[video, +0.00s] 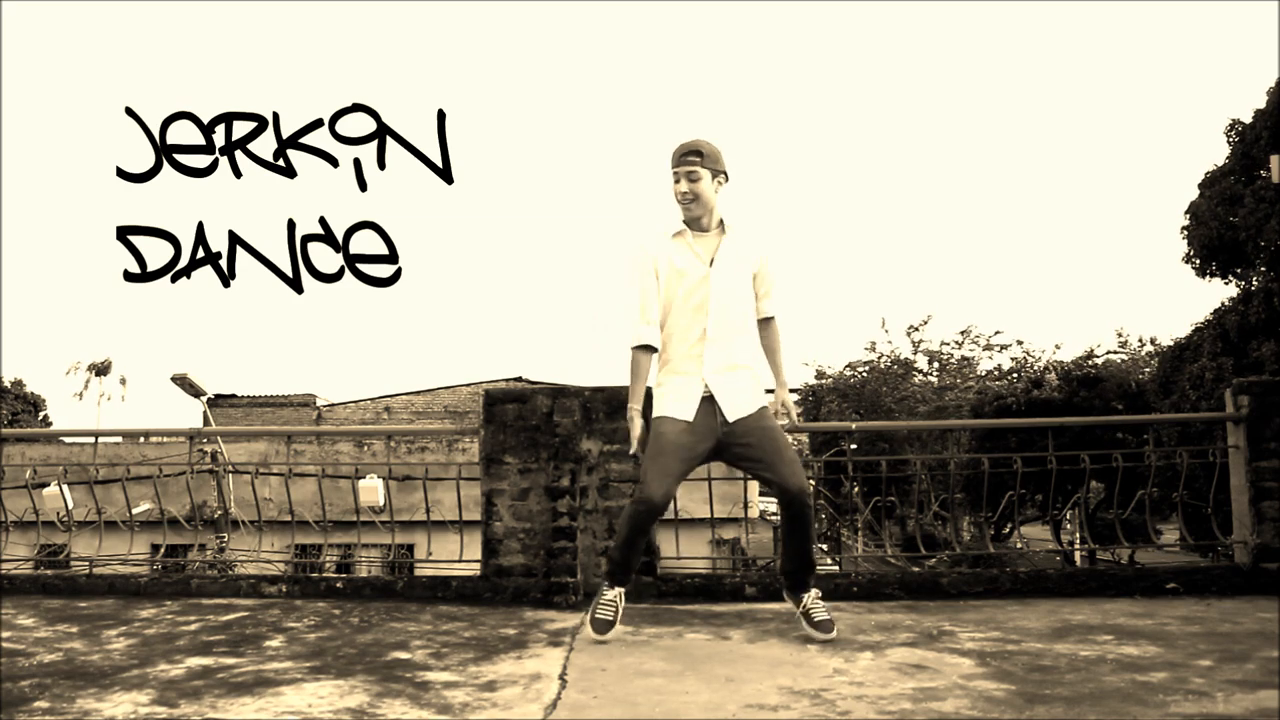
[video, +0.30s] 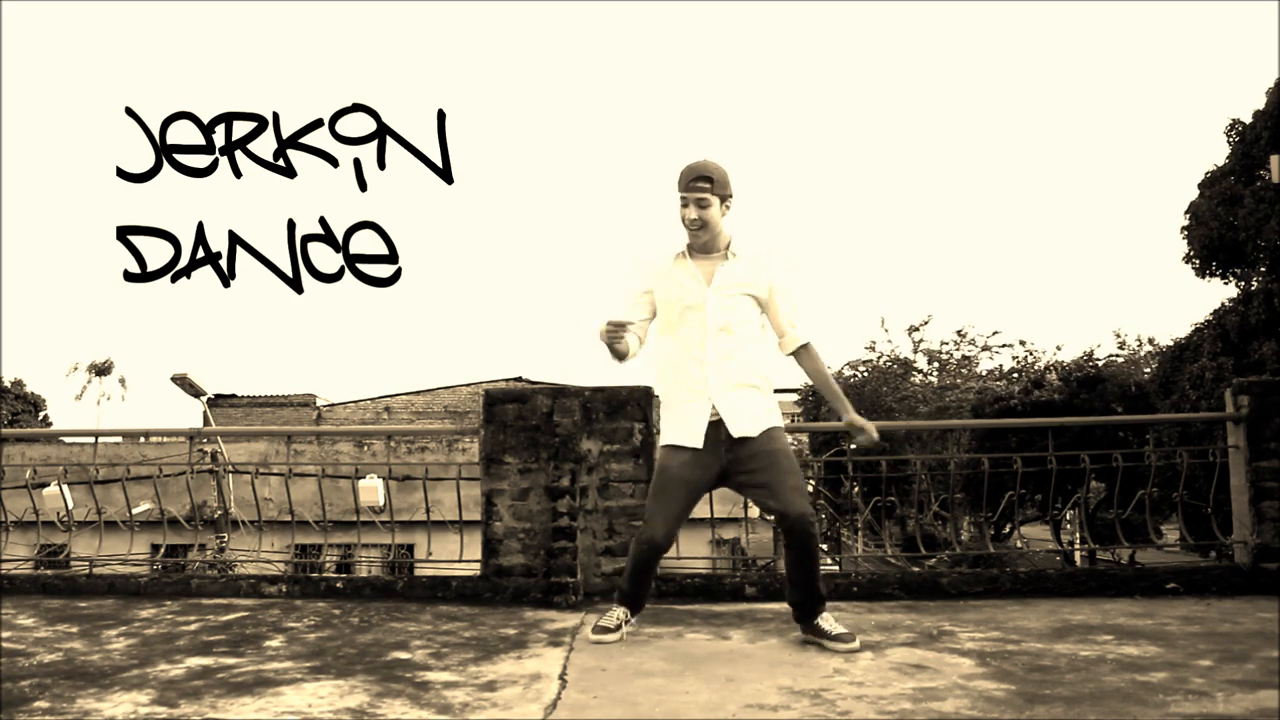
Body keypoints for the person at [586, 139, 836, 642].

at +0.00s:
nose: (683, 188)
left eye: (693, 177)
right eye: (677, 180)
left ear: (719, 182)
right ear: (672, 188)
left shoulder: (748, 250)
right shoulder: (657, 257)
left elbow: (767, 322)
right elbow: (645, 340)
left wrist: (781, 385)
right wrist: (634, 410)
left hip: (745, 396)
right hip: (679, 398)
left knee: (797, 489)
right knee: (651, 496)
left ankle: (801, 588)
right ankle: (614, 585)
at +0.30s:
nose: (691, 213)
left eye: (701, 203)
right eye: (684, 204)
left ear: (725, 206)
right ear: (677, 208)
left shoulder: (756, 273)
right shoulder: (659, 277)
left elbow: (799, 346)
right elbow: (629, 344)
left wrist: (847, 413)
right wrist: (617, 340)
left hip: (754, 424)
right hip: (685, 427)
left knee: (799, 518)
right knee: (653, 535)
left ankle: (811, 617)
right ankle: (626, 609)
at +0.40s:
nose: (718, 203)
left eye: (728, 193)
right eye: (710, 194)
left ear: (751, 197)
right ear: (703, 200)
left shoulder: (778, 271)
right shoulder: (681, 271)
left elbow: (826, 335)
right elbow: (662, 346)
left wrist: (881, 387)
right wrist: (615, 333)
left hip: (767, 411)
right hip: (701, 415)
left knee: (808, 509)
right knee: (680, 517)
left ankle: (815, 617)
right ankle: (626, 596)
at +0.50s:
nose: (743, 195)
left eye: (753, 185)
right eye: (735, 186)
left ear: (776, 190)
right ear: (728, 192)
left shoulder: (794, 262)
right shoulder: (701, 256)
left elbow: (815, 322)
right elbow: (696, 325)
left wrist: (842, 364)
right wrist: (678, 348)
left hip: (773, 391)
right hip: (716, 391)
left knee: (817, 499)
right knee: (730, 492)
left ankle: (817, 615)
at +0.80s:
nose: (719, 156)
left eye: (729, 146)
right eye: (713, 148)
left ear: (757, 149)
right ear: (708, 155)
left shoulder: (784, 224)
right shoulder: (686, 216)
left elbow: (802, 303)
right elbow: (658, 288)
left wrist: (806, 369)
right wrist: (674, 350)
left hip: (772, 384)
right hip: (705, 379)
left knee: (809, 486)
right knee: (679, 488)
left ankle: (796, 616)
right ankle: (657, 553)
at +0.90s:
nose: (696, 153)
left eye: (706, 142)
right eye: (690, 144)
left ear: (734, 142)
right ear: (686, 148)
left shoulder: (764, 211)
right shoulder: (667, 207)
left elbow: (783, 278)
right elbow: (641, 271)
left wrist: (790, 341)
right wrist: (648, 330)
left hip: (750, 376)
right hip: (682, 374)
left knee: (799, 473)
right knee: (649, 485)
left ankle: (799, 606)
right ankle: (625, 561)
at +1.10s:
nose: (639, 170)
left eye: (647, 157)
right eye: (632, 161)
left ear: (677, 154)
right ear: (629, 166)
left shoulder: (715, 217)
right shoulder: (623, 223)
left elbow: (732, 276)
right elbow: (603, 283)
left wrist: (735, 332)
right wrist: (606, 344)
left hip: (709, 384)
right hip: (642, 385)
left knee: (755, 484)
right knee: (613, 500)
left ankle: (785, 619)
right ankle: (583, 612)